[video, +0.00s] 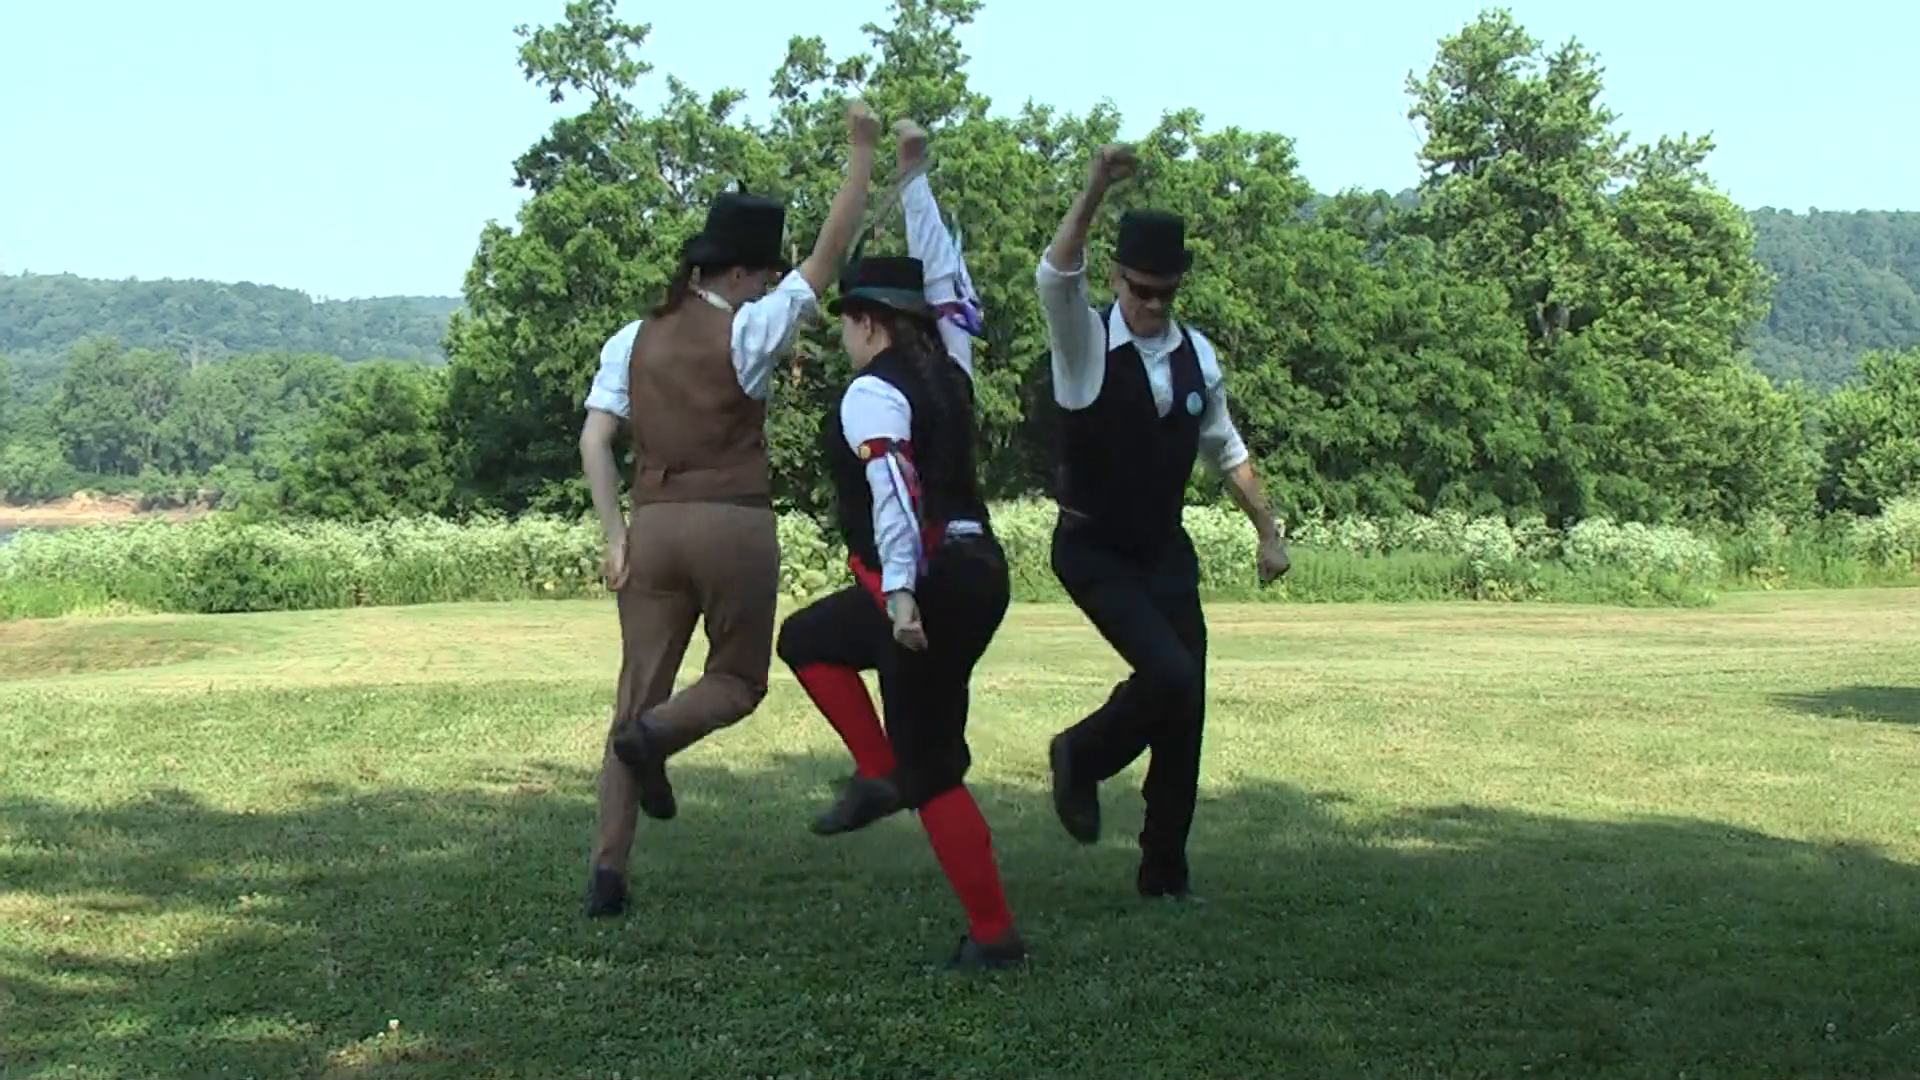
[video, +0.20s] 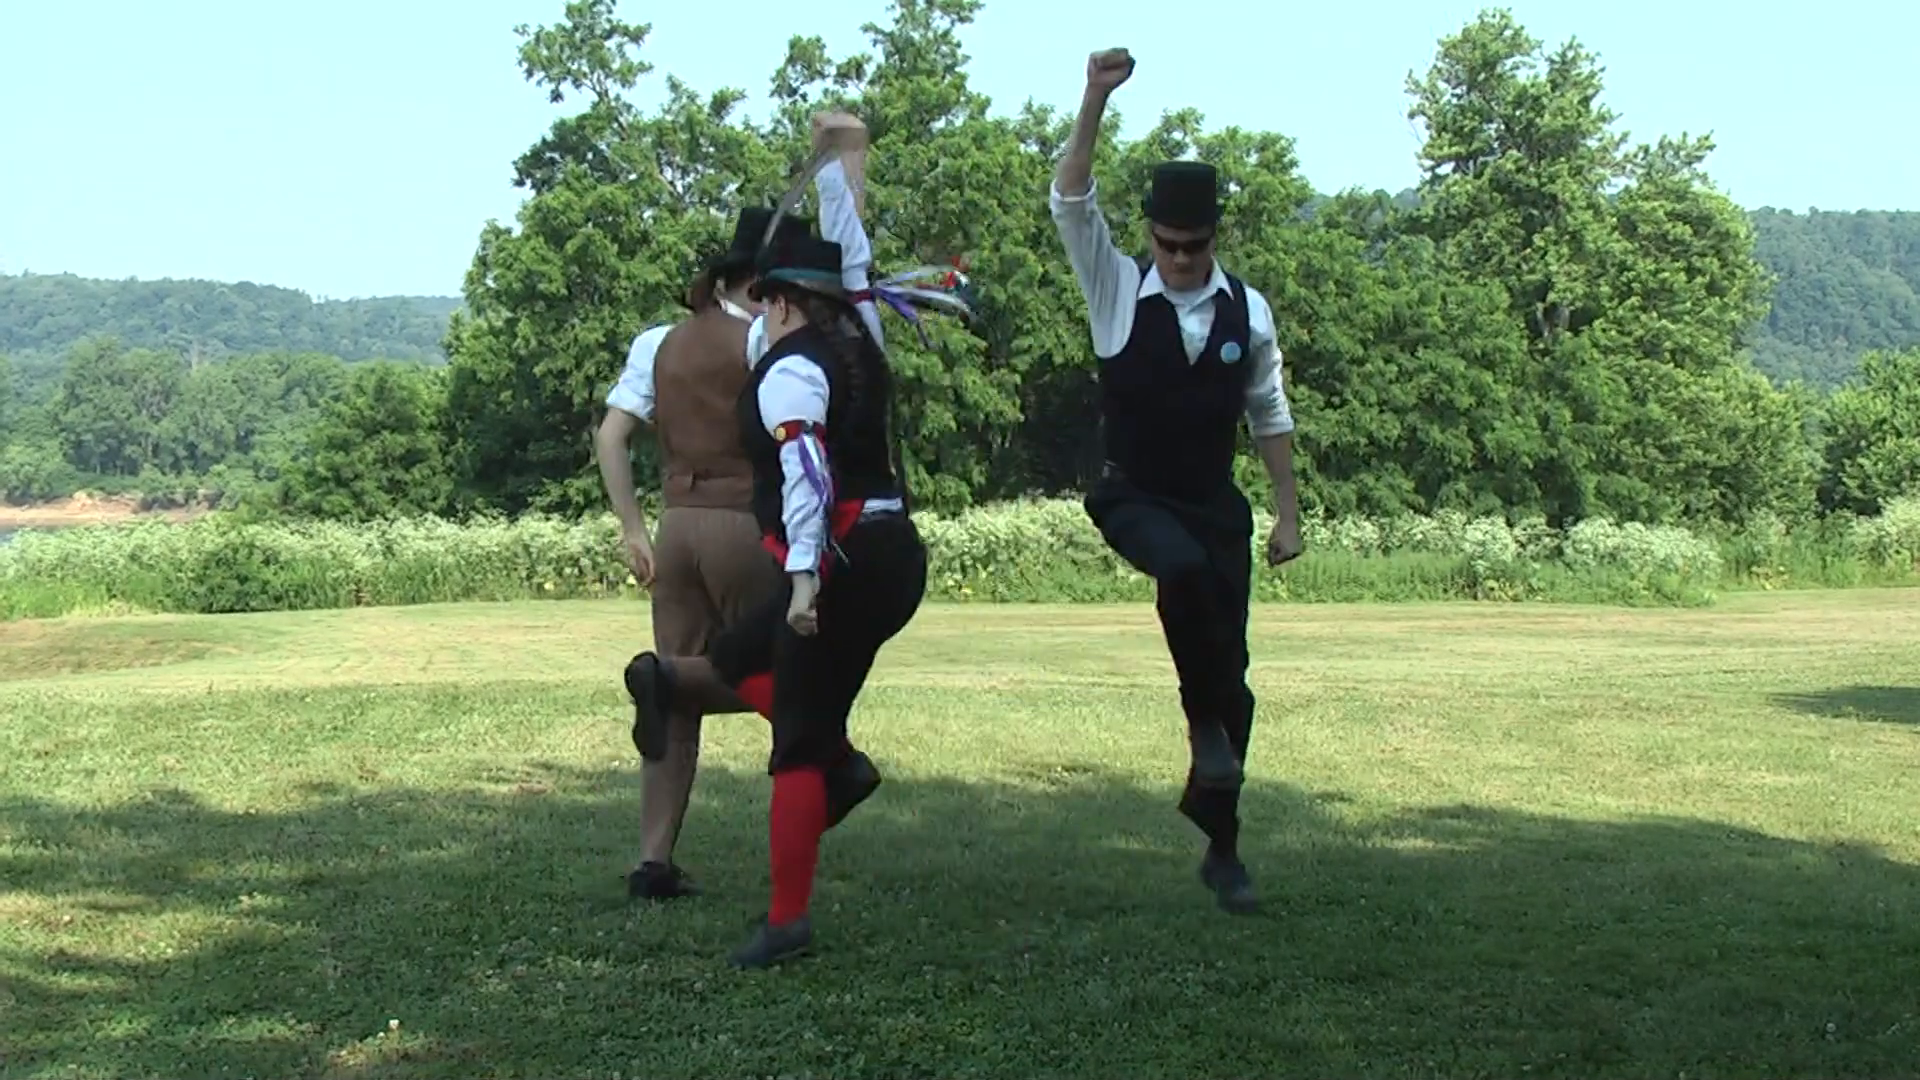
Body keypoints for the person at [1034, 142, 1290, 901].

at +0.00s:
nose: (1152, 307)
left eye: (1164, 294)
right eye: (1140, 292)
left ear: (1180, 286)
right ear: (1114, 280)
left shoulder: (1197, 356)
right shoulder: (1085, 341)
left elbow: (1224, 445)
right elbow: (1057, 276)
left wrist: (1267, 522)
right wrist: (1093, 189)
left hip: (1165, 547)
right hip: (1092, 547)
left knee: (1184, 697)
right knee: (1171, 676)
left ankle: (1164, 866)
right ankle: (1077, 757)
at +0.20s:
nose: (1181, 260)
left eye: (1194, 247)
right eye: (1169, 245)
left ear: (1216, 235)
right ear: (1148, 229)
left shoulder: (1249, 313)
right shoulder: (1114, 284)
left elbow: (1270, 415)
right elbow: (1069, 199)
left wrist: (1285, 509)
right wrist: (1093, 102)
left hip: (1212, 502)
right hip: (1131, 493)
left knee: (1228, 675)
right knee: (1186, 565)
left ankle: (1225, 853)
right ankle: (1207, 730)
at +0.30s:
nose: (1195, 286)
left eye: (1209, 273)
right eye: (1182, 272)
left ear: (1236, 258)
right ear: (1165, 258)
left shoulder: (1273, 340)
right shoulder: (1135, 312)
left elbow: (1293, 445)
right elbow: (1081, 222)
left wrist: (1301, 542)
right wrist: (1109, 122)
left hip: (1234, 536)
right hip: (1156, 527)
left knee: (1260, 714)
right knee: (1189, 590)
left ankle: (1281, 881)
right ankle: (1233, 750)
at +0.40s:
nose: (1192, 318)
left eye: (1206, 305)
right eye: (1181, 304)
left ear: (1239, 293)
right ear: (1169, 297)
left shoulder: (1287, 374)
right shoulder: (1149, 348)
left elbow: (1313, 478)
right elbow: (1094, 257)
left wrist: (1324, 578)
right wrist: (1118, 155)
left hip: (1255, 568)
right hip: (1171, 563)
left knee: (1287, 738)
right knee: (1191, 635)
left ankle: (1293, 891)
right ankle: (1242, 802)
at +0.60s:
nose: (1157, 300)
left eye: (1171, 286)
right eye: (1148, 288)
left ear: (1211, 275)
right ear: (1139, 282)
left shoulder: (1272, 354)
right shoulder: (1132, 335)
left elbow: (1318, 460)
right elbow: (1073, 243)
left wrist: (1333, 561)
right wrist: (1094, 140)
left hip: (1257, 571)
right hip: (1170, 568)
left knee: (1277, 743)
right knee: (1155, 676)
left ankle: (1295, 880)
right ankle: (1214, 868)